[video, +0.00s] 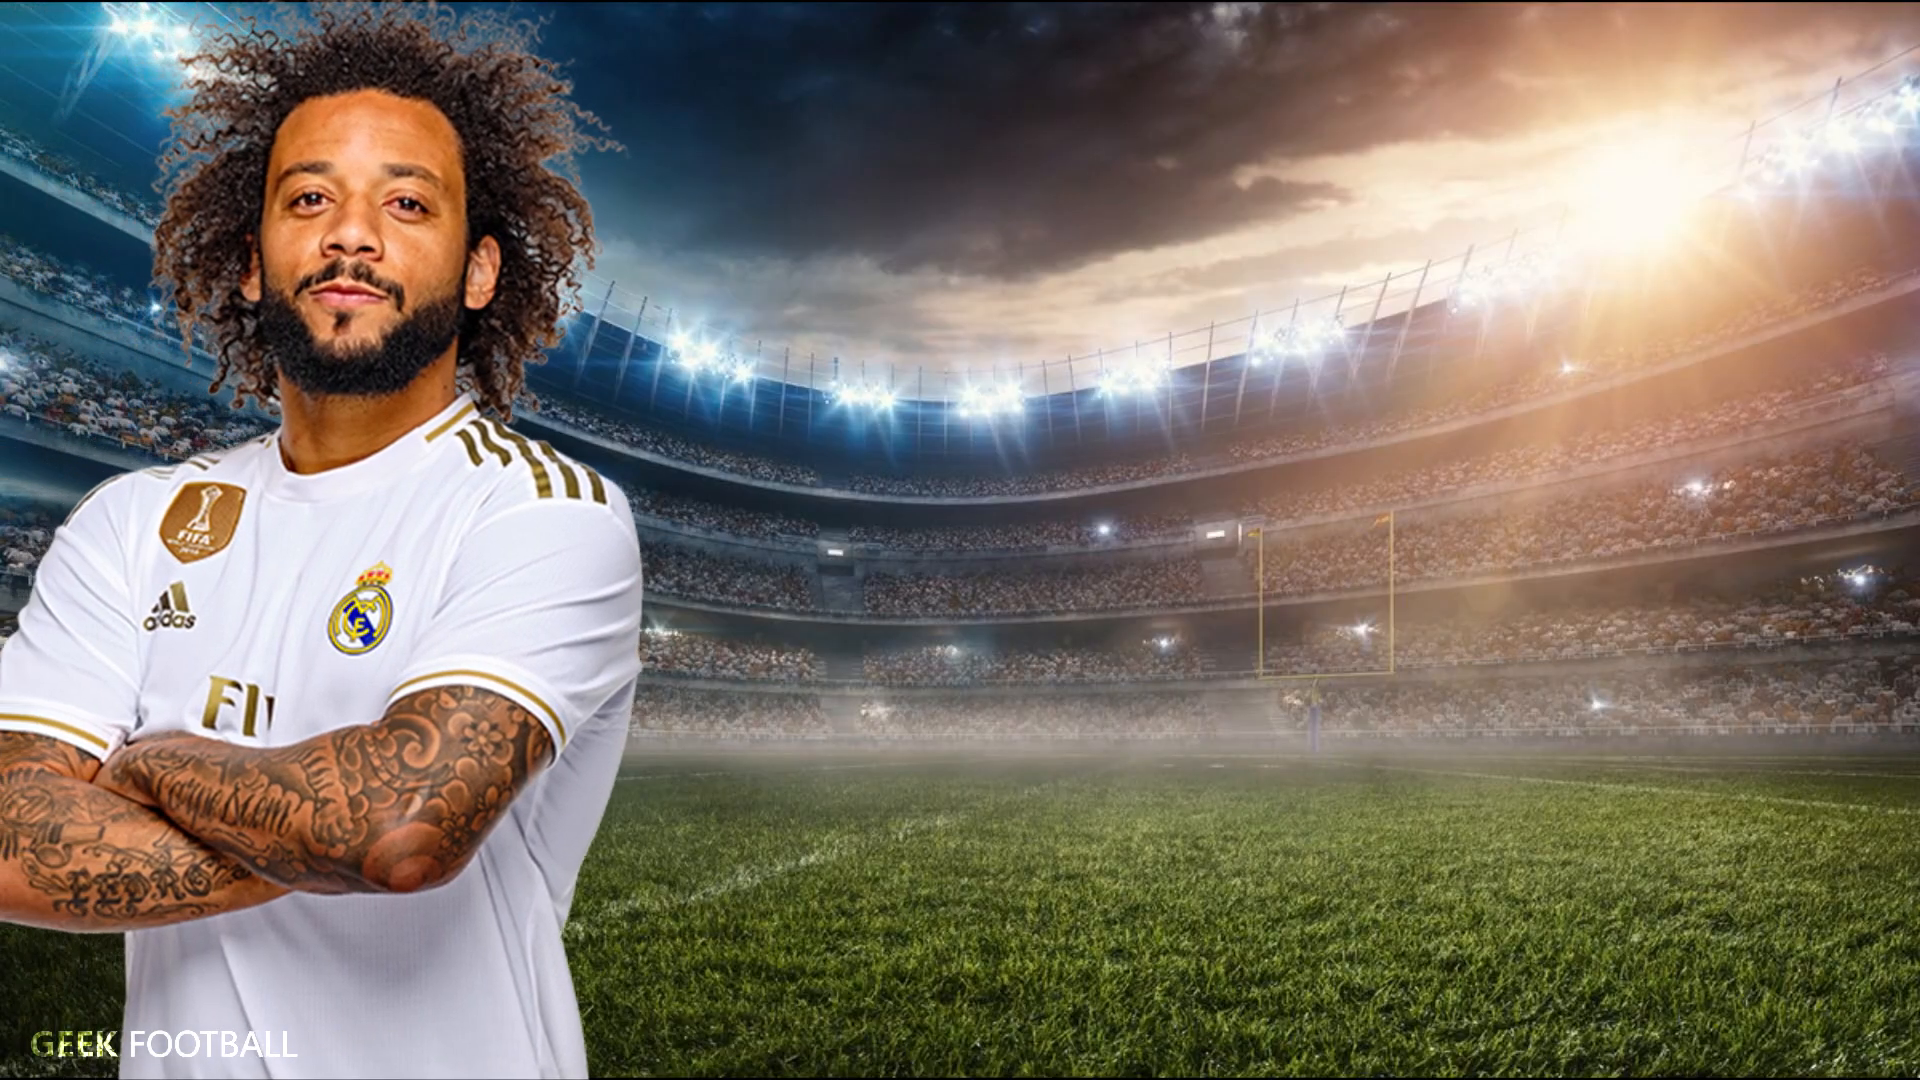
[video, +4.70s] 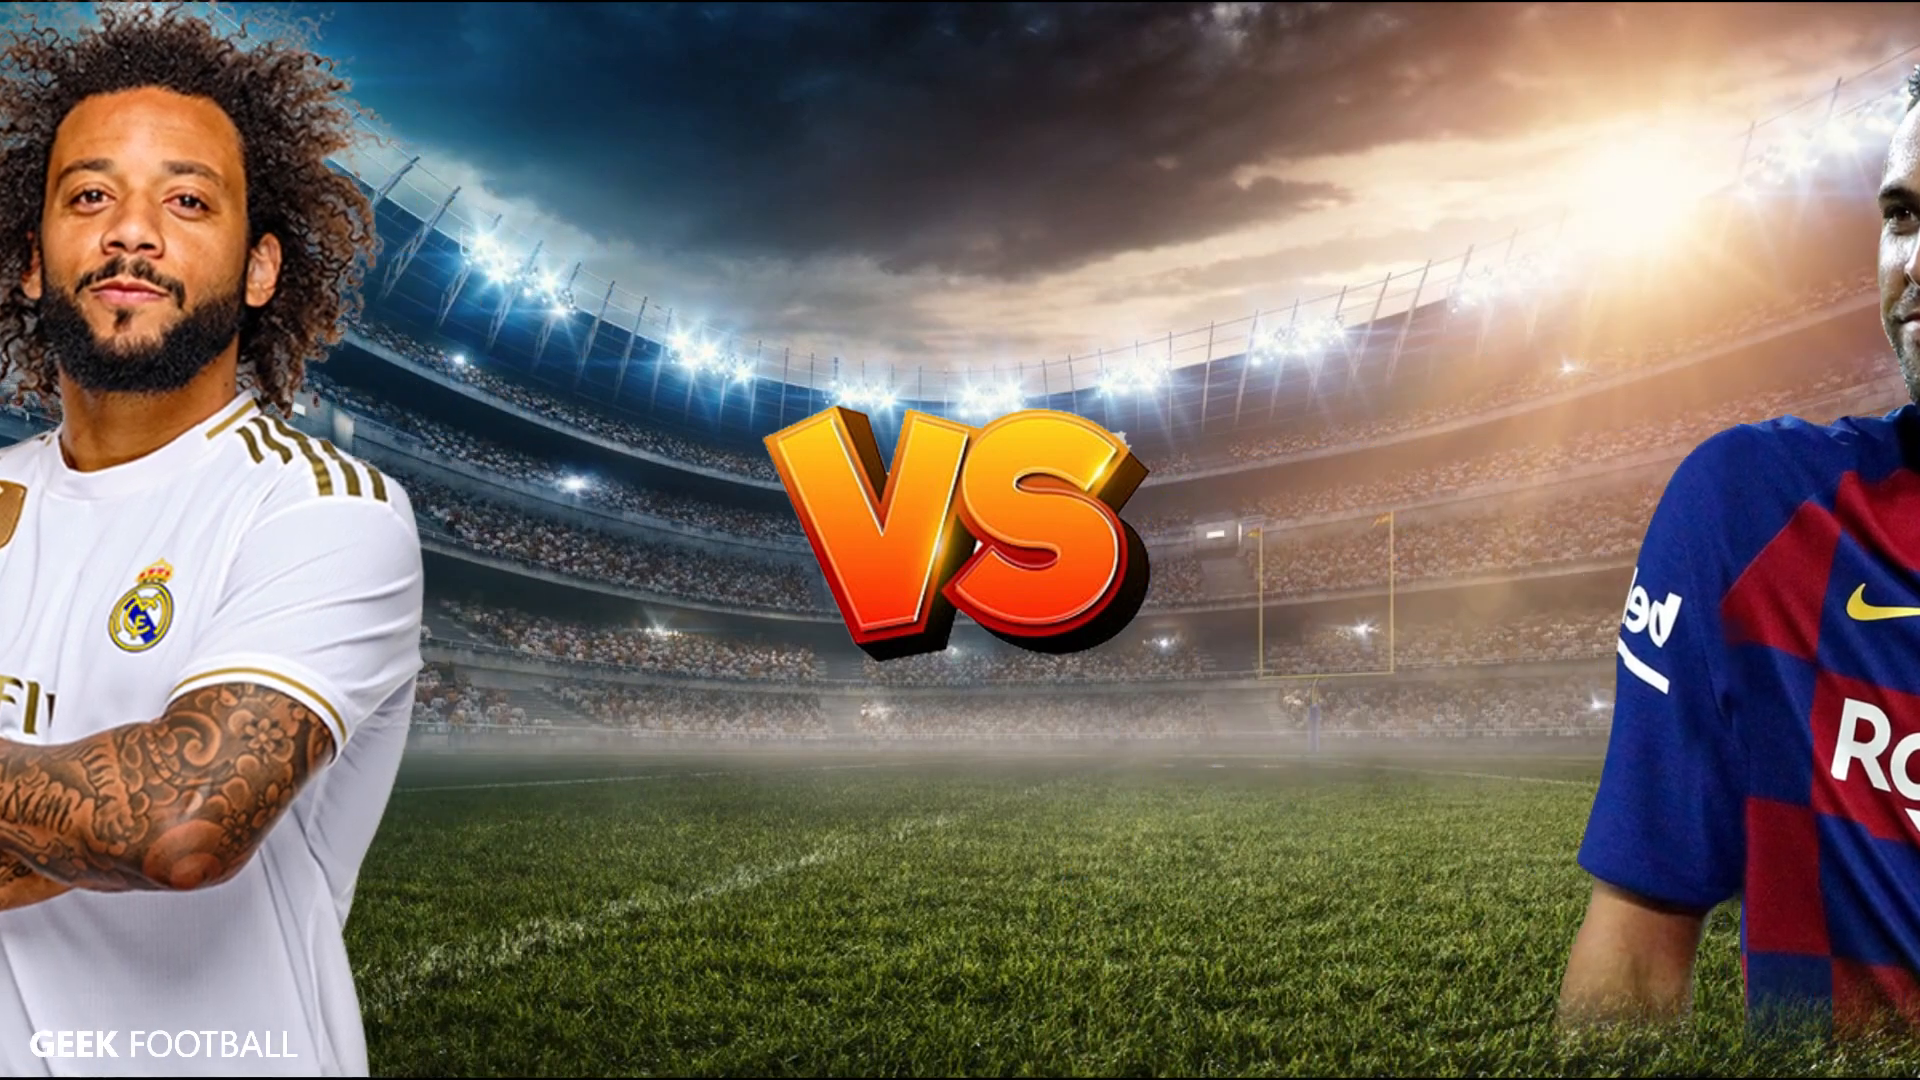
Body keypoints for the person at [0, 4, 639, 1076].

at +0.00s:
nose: (350, 238)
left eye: (406, 202)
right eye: (308, 200)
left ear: (476, 271)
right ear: (256, 259)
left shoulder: (552, 518)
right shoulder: (130, 521)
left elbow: (403, 824)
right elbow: (15, 853)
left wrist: (147, 761)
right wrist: (322, 829)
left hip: (459, 1064)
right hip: (181, 1063)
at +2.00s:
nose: (422, 238)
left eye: (478, 204)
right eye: (379, 199)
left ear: (546, 273)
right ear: (325, 260)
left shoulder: (621, 518)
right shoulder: (201, 522)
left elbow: (475, 825)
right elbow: (73, 856)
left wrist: (210, 761)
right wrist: (396, 829)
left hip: (531, 1063)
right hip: (252, 1062)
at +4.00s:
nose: (363, 237)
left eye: (418, 203)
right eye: (320, 200)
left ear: (487, 271)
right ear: (268, 259)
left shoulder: (562, 518)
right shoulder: (141, 520)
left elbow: (416, 823)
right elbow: (20, 852)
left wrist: (161, 760)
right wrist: (332, 830)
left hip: (473, 1062)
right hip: (193, 1061)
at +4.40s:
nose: (260, 234)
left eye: (317, 203)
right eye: (219, 198)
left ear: (386, 273)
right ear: (163, 262)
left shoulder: (462, 516)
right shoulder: (39, 521)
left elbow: (314, 824)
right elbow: (7, 875)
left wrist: (43, 760)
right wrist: (241, 821)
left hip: (367, 1063)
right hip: (90, 1063)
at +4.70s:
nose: (130, 232)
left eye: (186, 200)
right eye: (89, 198)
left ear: (256, 268)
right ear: (36, 258)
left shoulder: (330, 514)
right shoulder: (5, 492)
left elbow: (185, 820)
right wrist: (108, 809)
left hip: (237, 1057)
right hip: (18, 1053)